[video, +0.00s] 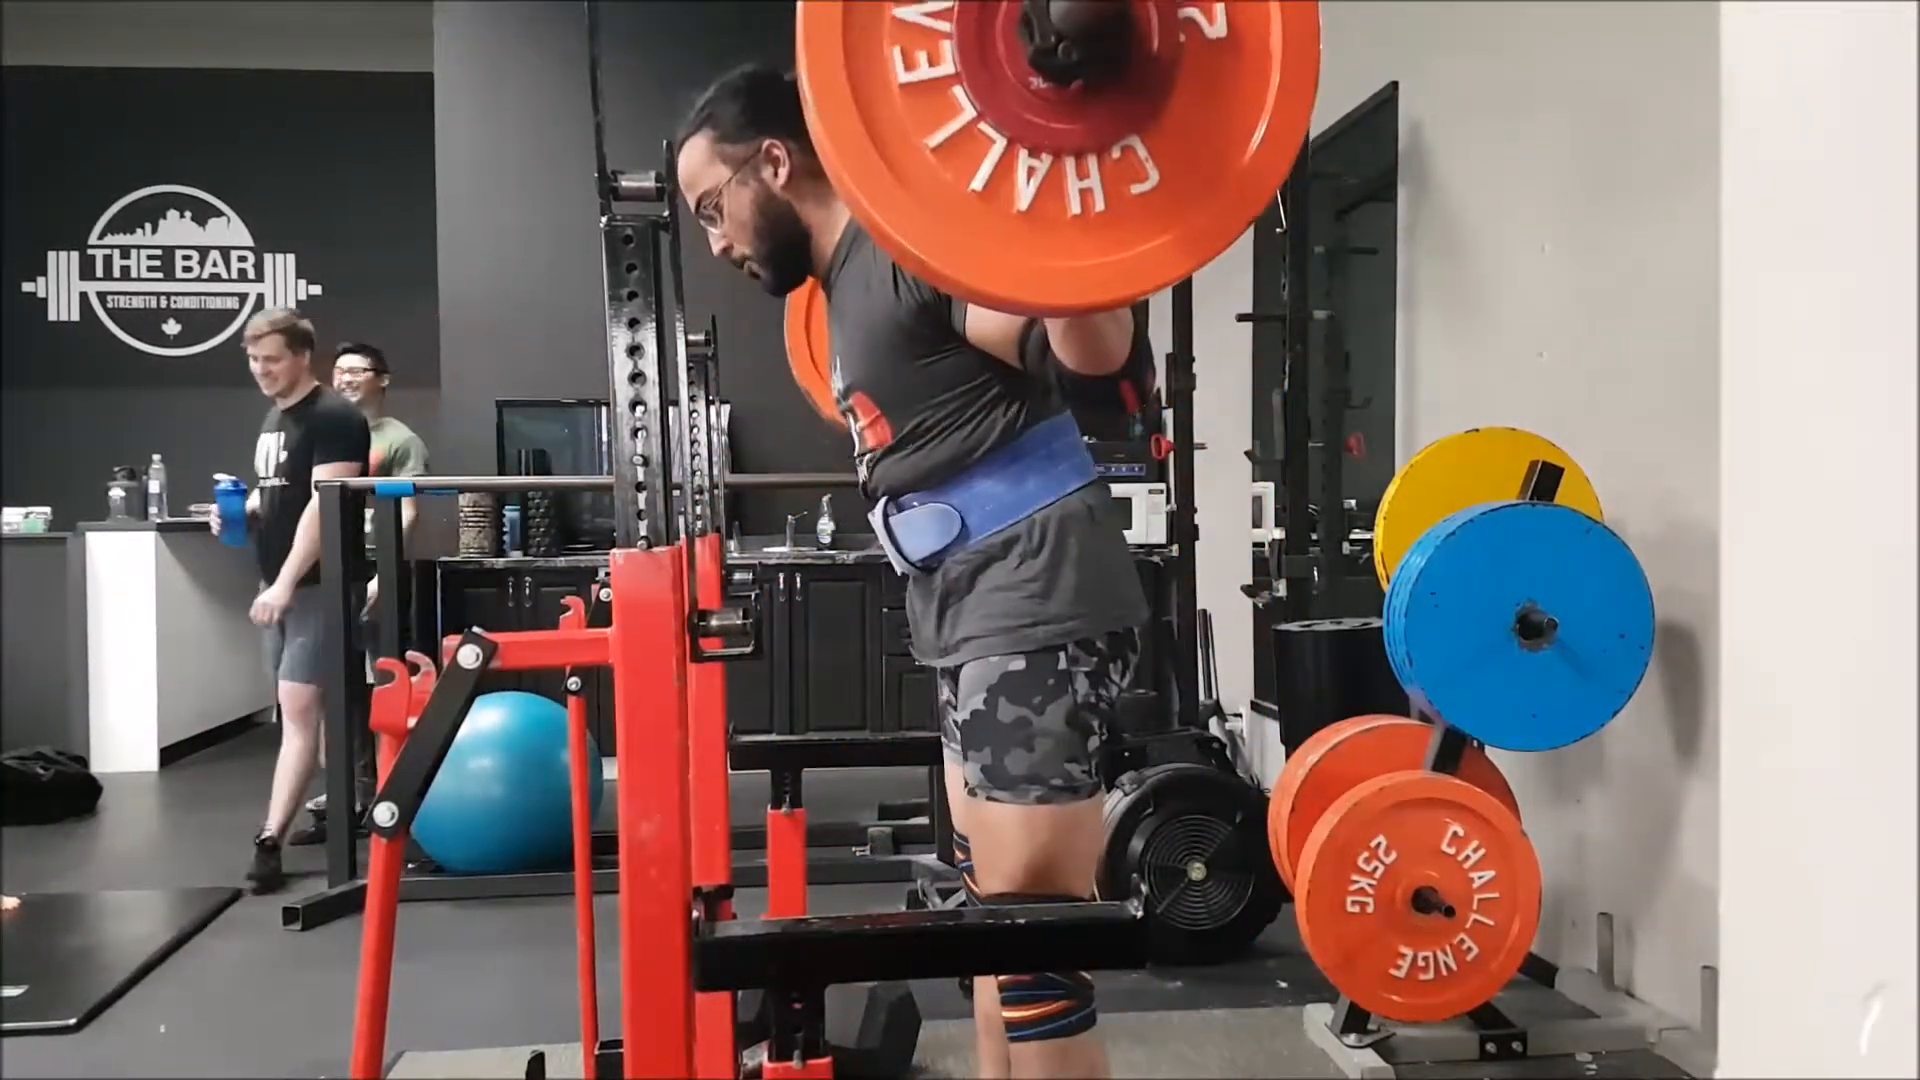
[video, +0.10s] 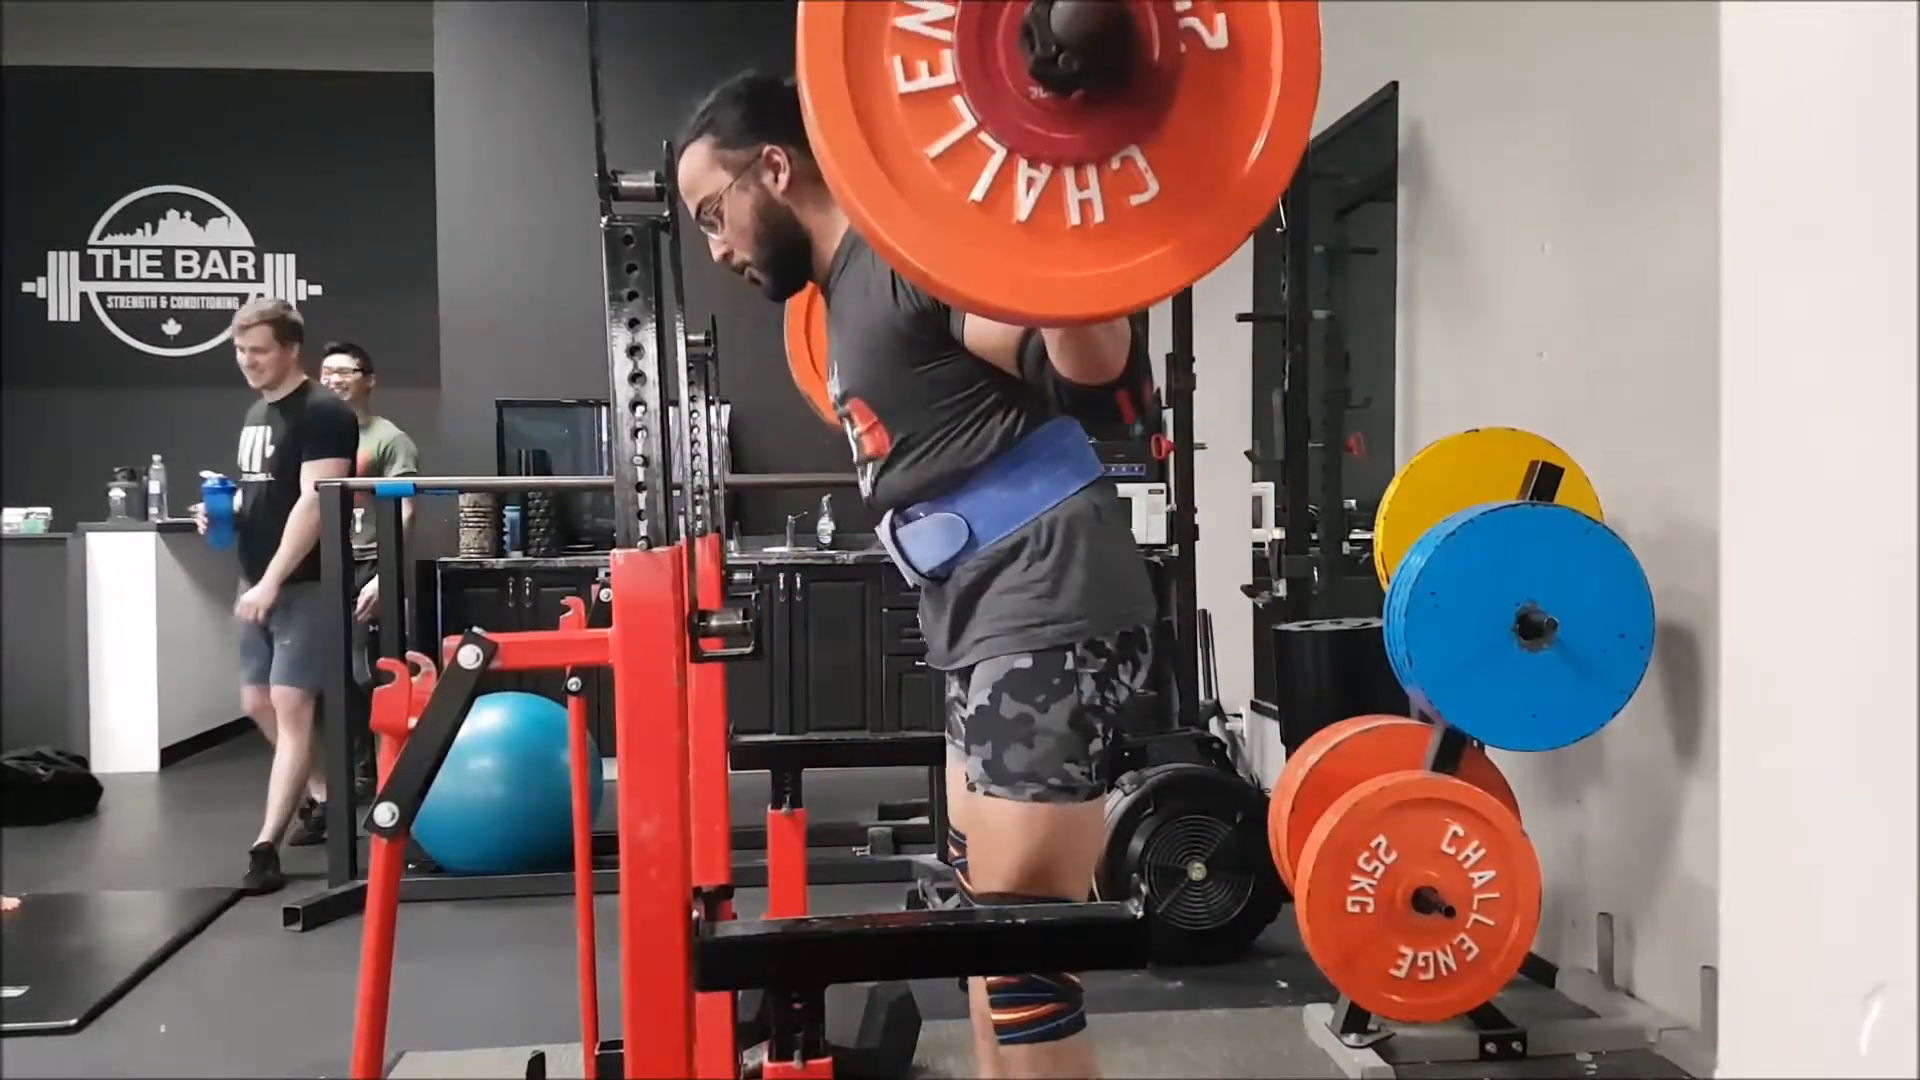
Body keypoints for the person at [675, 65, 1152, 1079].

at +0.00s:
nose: (715, 242)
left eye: (714, 207)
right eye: (701, 219)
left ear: (776, 162)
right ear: (774, 170)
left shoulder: (907, 240)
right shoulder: (844, 286)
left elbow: (1095, 346)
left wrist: (1098, 173)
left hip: (1037, 581)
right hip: (966, 597)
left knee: (1033, 933)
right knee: (990, 923)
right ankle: (1001, 1079)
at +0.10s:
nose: (714, 250)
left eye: (714, 213)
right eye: (699, 227)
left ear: (777, 167)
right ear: (773, 178)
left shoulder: (902, 245)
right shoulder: (843, 296)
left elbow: (1092, 358)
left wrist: (1097, 184)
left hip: (1048, 580)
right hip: (974, 598)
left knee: (1023, 936)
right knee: (983, 926)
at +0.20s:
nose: (715, 271)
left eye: (713, 234)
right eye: (701, 248)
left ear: (778, 188)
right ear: (776, 197)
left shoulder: (905, 277)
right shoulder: (835, 323)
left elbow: (1087, 391)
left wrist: (1089, 247)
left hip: (1071, 591)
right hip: (989, 614)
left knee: (1001, 945)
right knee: (956, 918)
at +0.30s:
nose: (715, 317)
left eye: (715, 282)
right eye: (704, 297)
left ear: (779, 234)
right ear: (777, 243)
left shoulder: (904, 315)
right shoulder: (827, 371)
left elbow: (1090, 435)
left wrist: (1093, 273)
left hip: (1092, 628)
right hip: (1013, 646)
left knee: (976, 952)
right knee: (932, 859)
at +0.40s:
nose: (719, 391)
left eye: (714, 359)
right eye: (705, 369)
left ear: (773, 310)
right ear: (769, 315)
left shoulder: (896, 369)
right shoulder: (821, 426)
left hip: (1114, 675)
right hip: (1014, 694)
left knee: (955, 986)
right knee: (911, 868)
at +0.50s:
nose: (726, 481)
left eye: (718, 447)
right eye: (710, 458)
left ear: (770, 396)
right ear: (771, 398)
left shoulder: (911, 455)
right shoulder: (847, 494)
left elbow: (1019, 397)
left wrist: (1130, 363)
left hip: (1121, 748)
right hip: (1018, 742)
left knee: (919, 1019)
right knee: (893, 875)